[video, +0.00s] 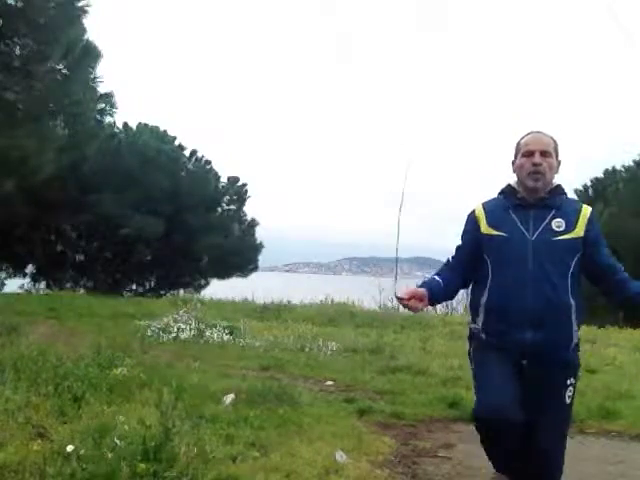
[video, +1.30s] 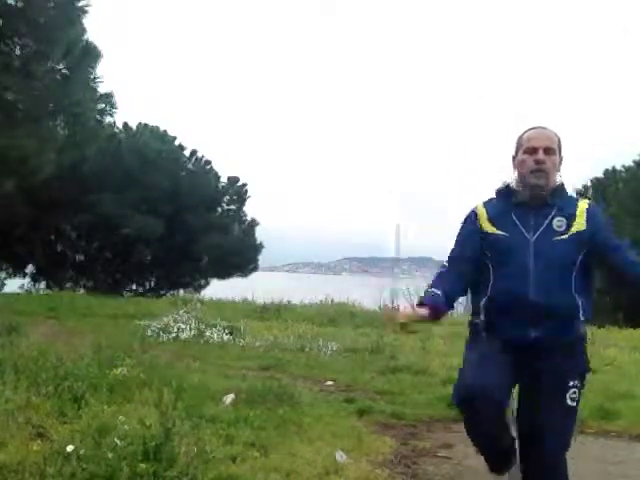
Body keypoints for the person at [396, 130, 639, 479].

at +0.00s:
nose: (537, 161)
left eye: (545, 155)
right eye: (528, 155)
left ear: (557, 165)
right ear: (514, 164)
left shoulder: (580, 218)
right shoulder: (484, 216)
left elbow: (612, 276)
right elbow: (458, 269)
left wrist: (636, 297)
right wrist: (427, 292)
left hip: (554, 351)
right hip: (494, 347)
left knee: (547, 452)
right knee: (494, 416)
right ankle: (512, 470)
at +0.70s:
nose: (542, 146)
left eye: (551, 141)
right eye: (533, 140)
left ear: (562, 153)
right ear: (518, 151)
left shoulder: (584, 202)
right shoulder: (490, 205)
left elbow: (614, 245)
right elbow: (468, 264)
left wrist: (628, 281)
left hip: (559, 340)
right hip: (497, 337)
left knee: (549, 443)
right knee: (478, 397)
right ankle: (500, 474)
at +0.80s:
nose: (541, 130)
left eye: (550, 125)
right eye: (532, 124)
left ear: (562, 134)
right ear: (517, 133)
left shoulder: (574, 169)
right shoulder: (496, 177)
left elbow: (570, 209)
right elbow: (496, 247)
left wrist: (502, 241)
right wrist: (573, 270)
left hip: (553, 311)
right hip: (499, 310)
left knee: (546, 416)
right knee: (492, 400)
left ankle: (542, 473)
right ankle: (499, 473)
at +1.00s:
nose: (534, 157)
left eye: (542, 151)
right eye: (525, 151)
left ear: (553, 161)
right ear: (510, 160)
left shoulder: (571, 202)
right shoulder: (486, 208)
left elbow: (567, 254)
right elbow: (487, 270)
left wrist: (516, 251)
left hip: (553, 332)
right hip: (497, 334)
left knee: (558, 405)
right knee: (497, 433)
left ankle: (537, 468)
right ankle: (499, 473)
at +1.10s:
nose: (537, 135)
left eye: (546, 129)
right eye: (528, 128)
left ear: (558, 139)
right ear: (512, 138)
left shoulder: (579, 194)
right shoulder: (482, 192)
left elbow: (598, 254)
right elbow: (456, 250)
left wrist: (623, 295)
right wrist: (428, 299)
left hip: (559, 328)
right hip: (498, 329)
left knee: (551, 416)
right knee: (501, 431)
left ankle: (547, 475)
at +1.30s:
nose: (540, 158)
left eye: (548, 152)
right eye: (531, 152)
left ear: (560, 163)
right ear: (515, 162)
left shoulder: (585, 215)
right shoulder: (484, 215)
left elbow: (624, 263)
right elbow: (458, 269)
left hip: (558, 343)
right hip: (494, 340)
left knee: (545, 453)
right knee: (475, 398)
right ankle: (503, 461)